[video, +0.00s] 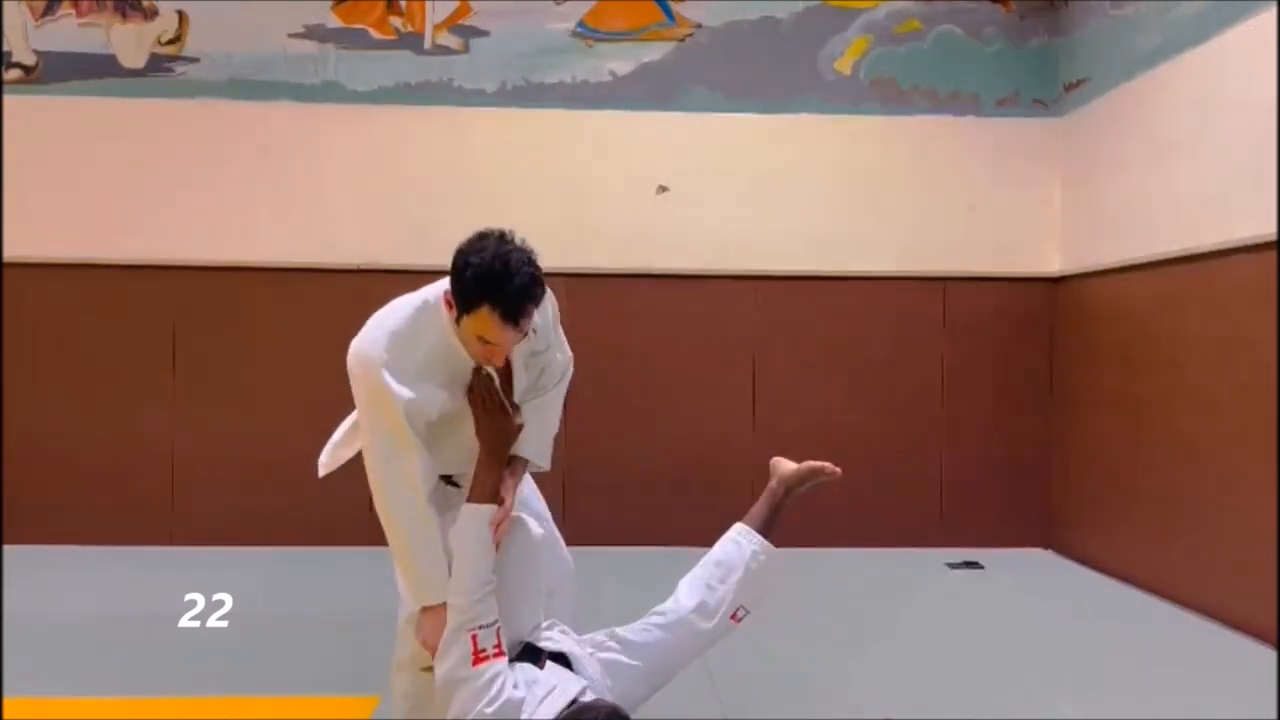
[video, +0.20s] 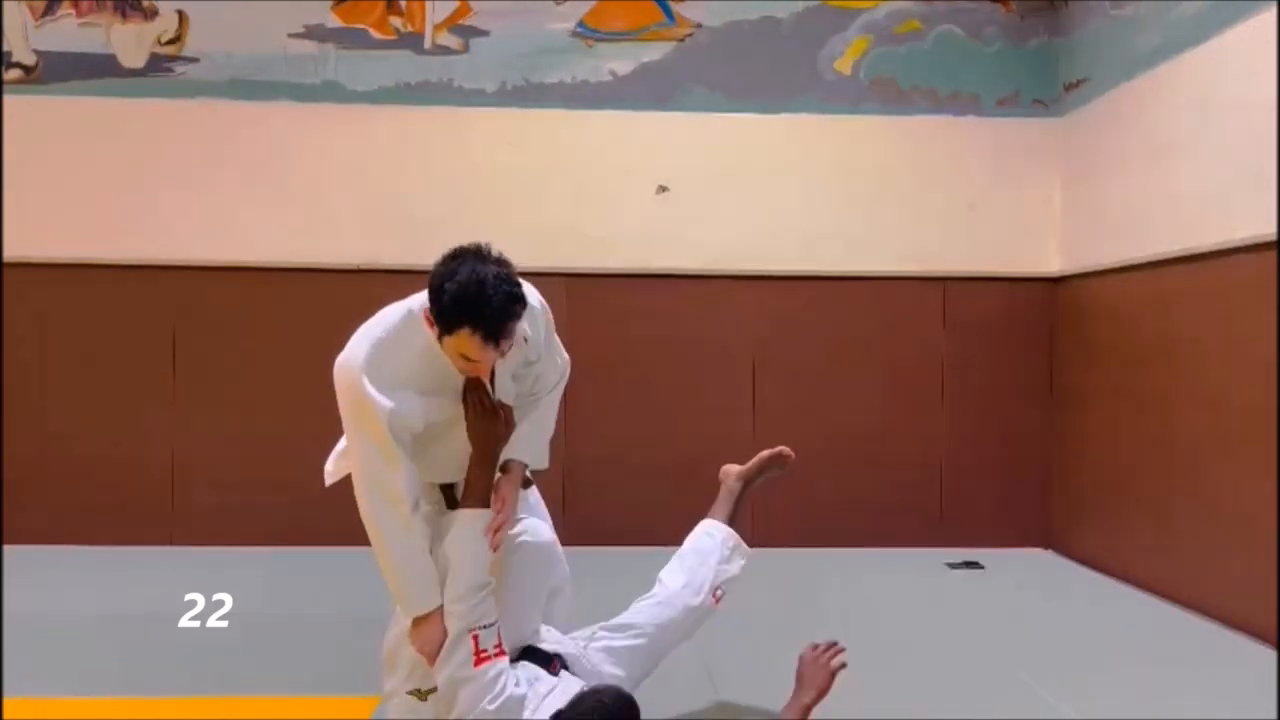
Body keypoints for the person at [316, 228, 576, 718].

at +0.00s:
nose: (499, 358)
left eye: (515, 341)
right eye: (485, 342)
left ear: (531, 313)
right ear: (453, 307)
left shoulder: (536, 309)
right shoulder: (383, 355)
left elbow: (551, 378)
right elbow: (398, 487)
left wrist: (516, 469)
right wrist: (432, 602)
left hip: (500, 472)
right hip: (429, 484)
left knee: (553, 566)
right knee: (431, 619)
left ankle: (549, 692)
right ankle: (418, 710)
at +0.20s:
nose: (484, 372)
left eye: (500, 356)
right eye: (468, 360)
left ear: (514, 323)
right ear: (433, 323)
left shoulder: (529, 316)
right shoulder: (369, 368)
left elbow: (549, 378)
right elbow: (386, 499)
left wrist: (515, 466)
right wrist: (425, 610)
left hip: (500, 477)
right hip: (420, 487)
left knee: (538, 552)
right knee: (426, 615)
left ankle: (540, 688)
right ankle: (415, 706)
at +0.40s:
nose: (558, 261)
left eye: (569, 247)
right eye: (546, 245)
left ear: (579, 232)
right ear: (509, 228)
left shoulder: (569, 280)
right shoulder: (449, 284)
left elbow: (597, 346)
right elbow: (373, 381)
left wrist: (618, 404)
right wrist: (382, 484)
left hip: (530, 457)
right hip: (455, 455)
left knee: (585, 579)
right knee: (448, 605)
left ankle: (568, 703)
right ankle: (418, 712)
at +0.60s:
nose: (565, 238)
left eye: (571, 229)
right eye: (563, 225)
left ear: (545, 214)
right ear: (536, 208)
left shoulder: (541, 266)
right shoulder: (486, 239)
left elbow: (566, 310)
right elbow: (517, 286)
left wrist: (625, 288)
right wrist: (600, 278)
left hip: (504, 391)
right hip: (456, 383)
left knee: (518, 512)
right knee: (428, 510)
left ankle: (516, 628)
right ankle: (386, 631)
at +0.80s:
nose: (569, 246)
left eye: (575, 237)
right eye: (567, 233)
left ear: (551, 221)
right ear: (540, 214)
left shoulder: (544, 271)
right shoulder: (488, 242)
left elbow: (567, 317)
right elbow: (515, 295)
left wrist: (624, 291)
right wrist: (602, 286)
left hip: (502, 394)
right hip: (453, 385)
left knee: (519, 513)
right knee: (428, 513)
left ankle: (517, 629)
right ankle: (386, 633)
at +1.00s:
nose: (571, 221)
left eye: (577, 217)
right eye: (571, 211)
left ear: (563, 208)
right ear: (552, 195)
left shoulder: (554, 244)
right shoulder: (493, 229)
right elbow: (532, 251)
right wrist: (609, 210)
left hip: (510, 386)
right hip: (462, 378)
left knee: (521, 508)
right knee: (434, 505)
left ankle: (518, 625)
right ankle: (389, 628)